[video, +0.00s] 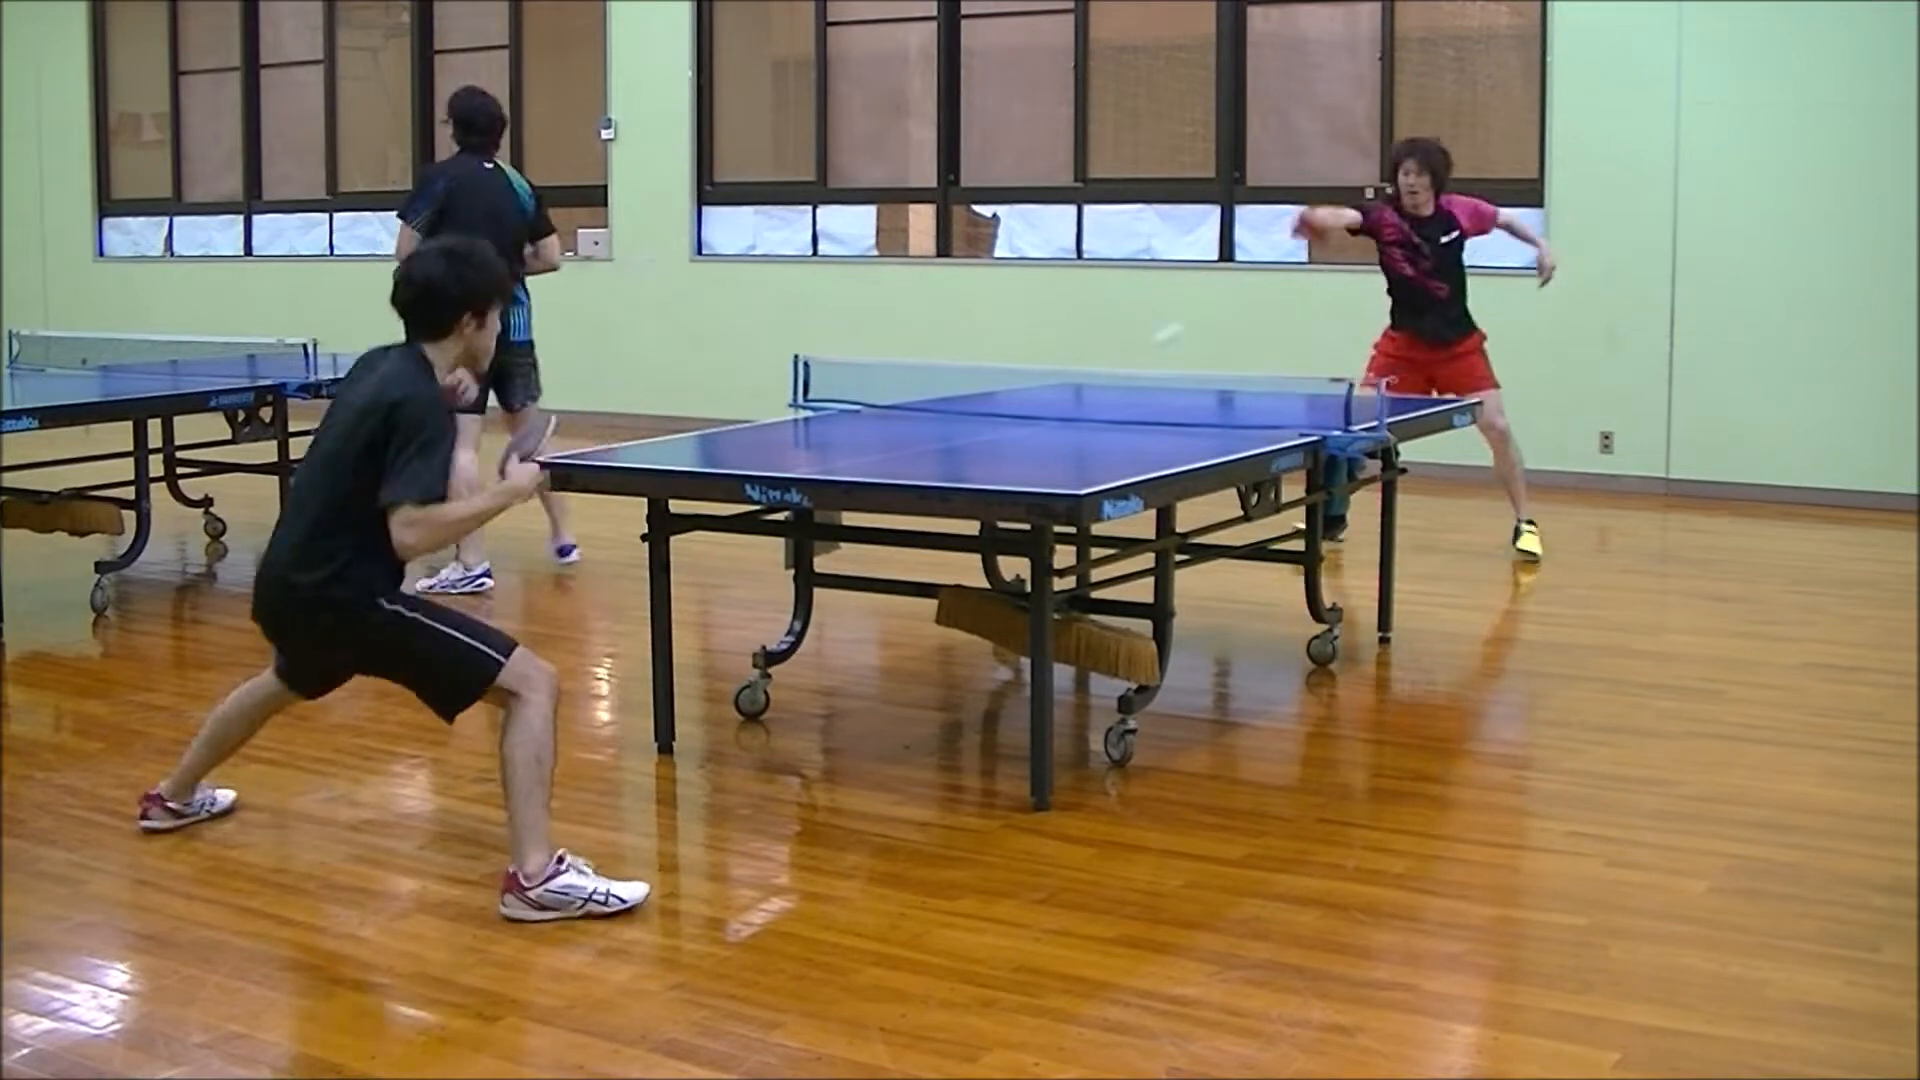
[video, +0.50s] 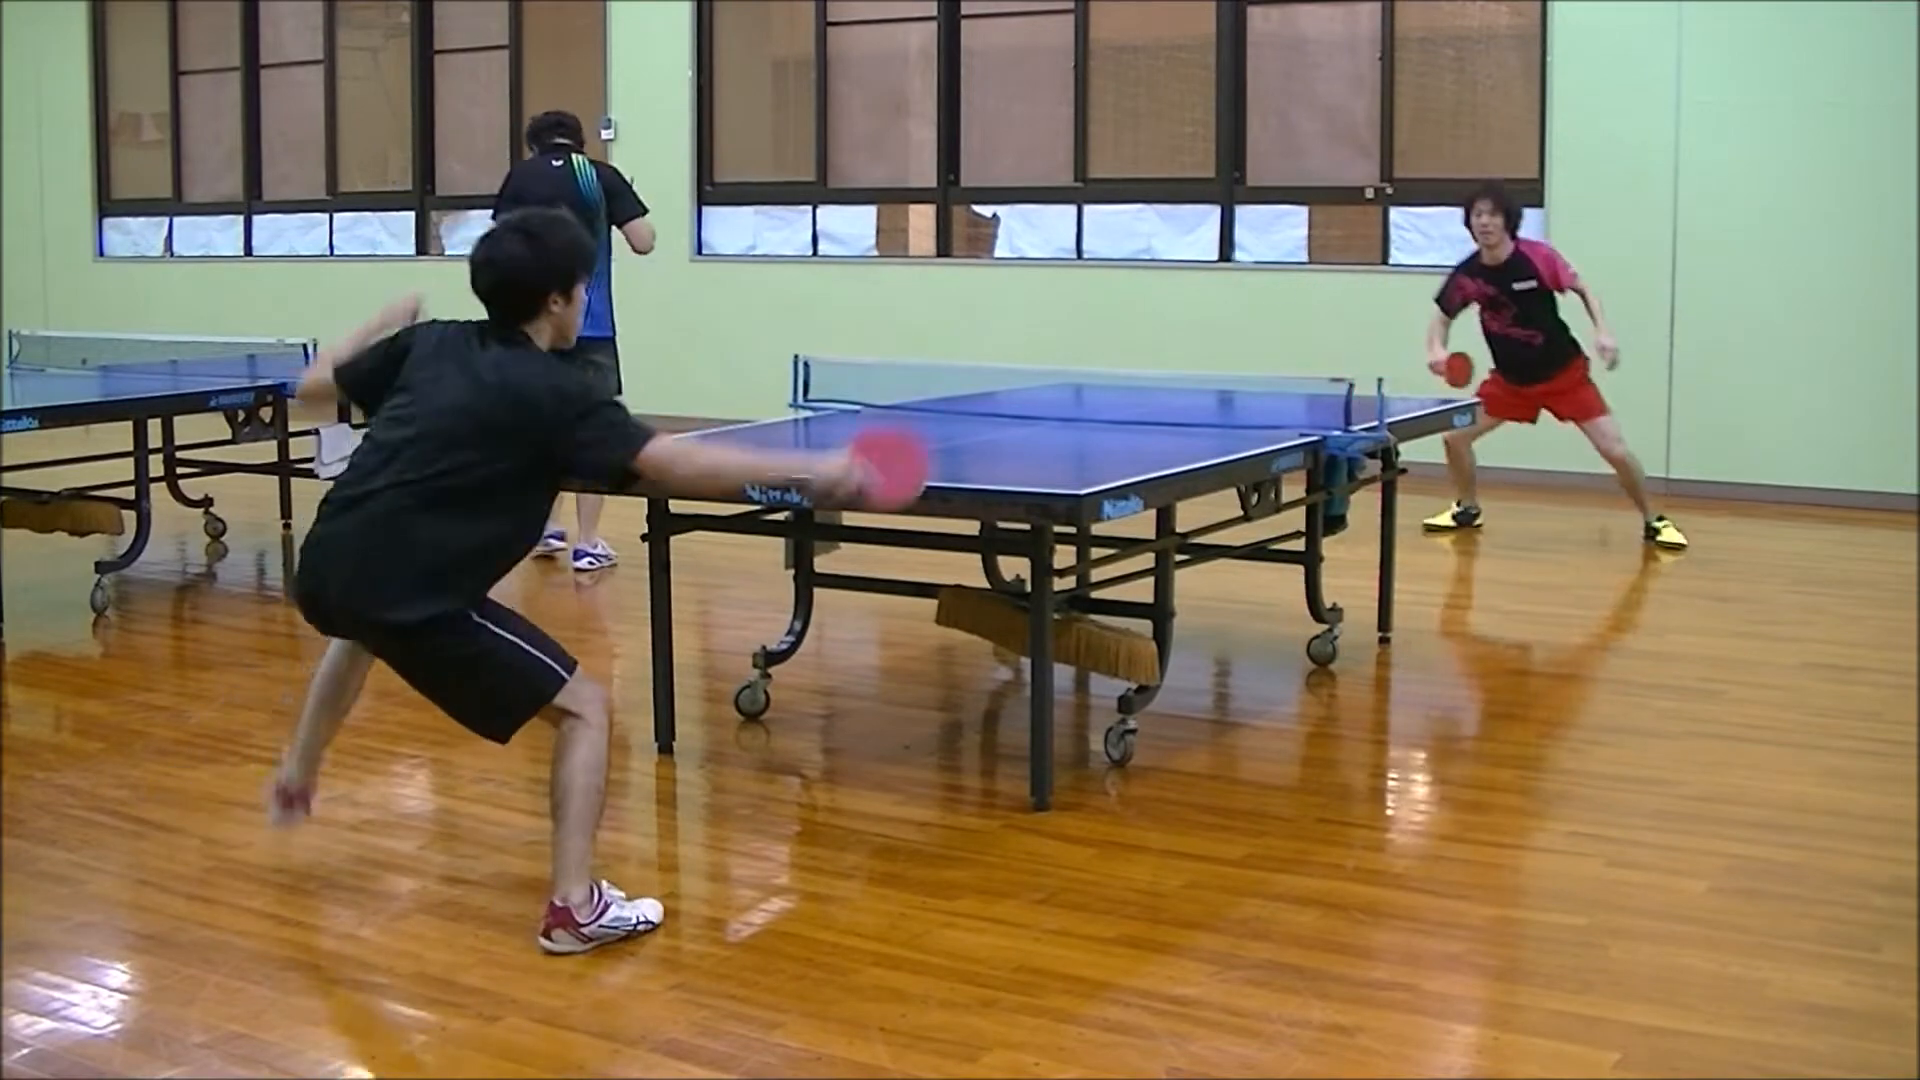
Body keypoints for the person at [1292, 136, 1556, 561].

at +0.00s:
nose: (1410, 183)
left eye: (1419, 175)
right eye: (1403, 175)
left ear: (1436, 180)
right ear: (1395, 180)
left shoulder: (1457, 211)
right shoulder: (1383, 216)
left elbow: (1506, 221)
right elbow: (1343, 218)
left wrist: (1542, 247)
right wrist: (1312, 217)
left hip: (1459, 348)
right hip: (1402, 346)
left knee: (1497, 427)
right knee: (1354, 425)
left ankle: (1524, 522)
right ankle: (1333, 516)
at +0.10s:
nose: (1423, 182)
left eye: (1432, 175)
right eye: (1416, 173)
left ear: (1448, 180)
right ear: (1406, 178)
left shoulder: (1462, 217)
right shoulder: (1387, 218)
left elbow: (1500, 250)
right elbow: (1344, 251)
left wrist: (1523, 278)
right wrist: (1308, 276)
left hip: (1463, 348)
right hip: (1407, 349)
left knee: (1506, 431)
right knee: (1363, 427)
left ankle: (1528, 514)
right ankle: (1368, 505)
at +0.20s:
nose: (1429, 192)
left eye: (1438, 185)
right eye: (1423, 184)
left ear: (1455, 192)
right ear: (1415, 191)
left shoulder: (1477, 234)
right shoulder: (1398, 241)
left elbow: (1515, 272)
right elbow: (1359, 284)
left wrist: (1524, 295)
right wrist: (1324, 319)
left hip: (1475, 360)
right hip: (1421, 359)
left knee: (1517, 444)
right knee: (1374, 433)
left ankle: (1531, 512)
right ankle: (1366, 513)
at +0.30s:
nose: (1440, 186)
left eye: (1449, 179)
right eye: (1433, 179)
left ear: (1466, 184)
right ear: (1424, 186)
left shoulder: (1492, 220)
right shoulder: (1414, 242)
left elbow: (1532, 255)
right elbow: (1391, 292)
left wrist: (1537, 299)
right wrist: (1364, 334)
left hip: (1511, 347)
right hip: (1454, 356)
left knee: (1555, 428)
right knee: (1409, 430)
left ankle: (1562, 503)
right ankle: (1381, 508)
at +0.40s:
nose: (1459, 196)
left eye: (1468, 188)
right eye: (1453, 189)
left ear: (1485, 193)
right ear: (1445, 196)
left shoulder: (1511, 231)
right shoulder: (1439, 250)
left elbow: (1556, 266)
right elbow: (1419, 297)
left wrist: (1566, 316)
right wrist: (1405, 342)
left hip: (1535, 353)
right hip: (1483, 362)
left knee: (1584, 435)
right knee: (1439, 424)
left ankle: (1626, 505)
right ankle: (1456, 504)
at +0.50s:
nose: (1484, 222)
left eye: (1492, 215)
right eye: (1477, 215)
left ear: (1507, 219)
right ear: (1469, 224)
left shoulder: (1538, 256)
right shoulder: (1466, 274)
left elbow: (1583, 290)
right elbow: (1441, 320)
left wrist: (1602, 333)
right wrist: (1436, 353)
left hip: (1564, 377)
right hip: (1510, 382)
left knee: (1616, 453)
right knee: (1455, 437)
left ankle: (1652, 520)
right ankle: (1467, 509)